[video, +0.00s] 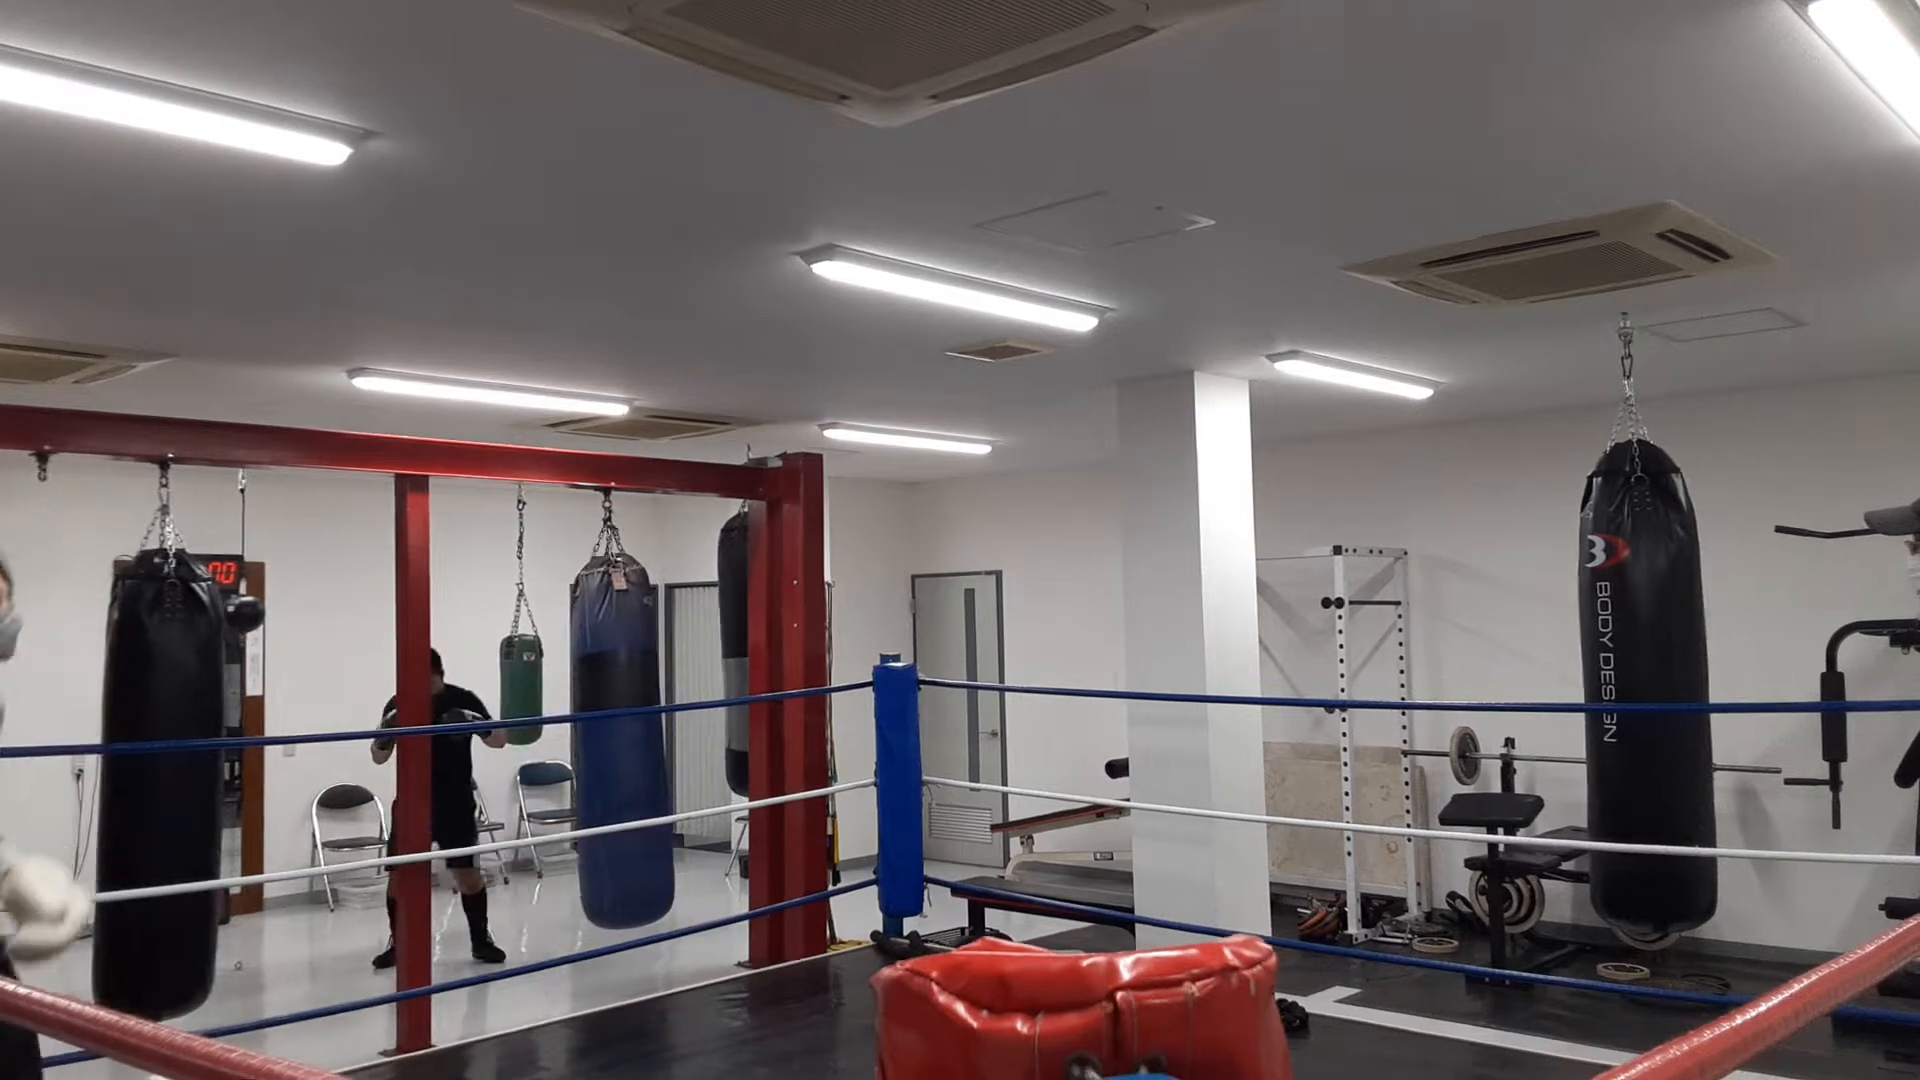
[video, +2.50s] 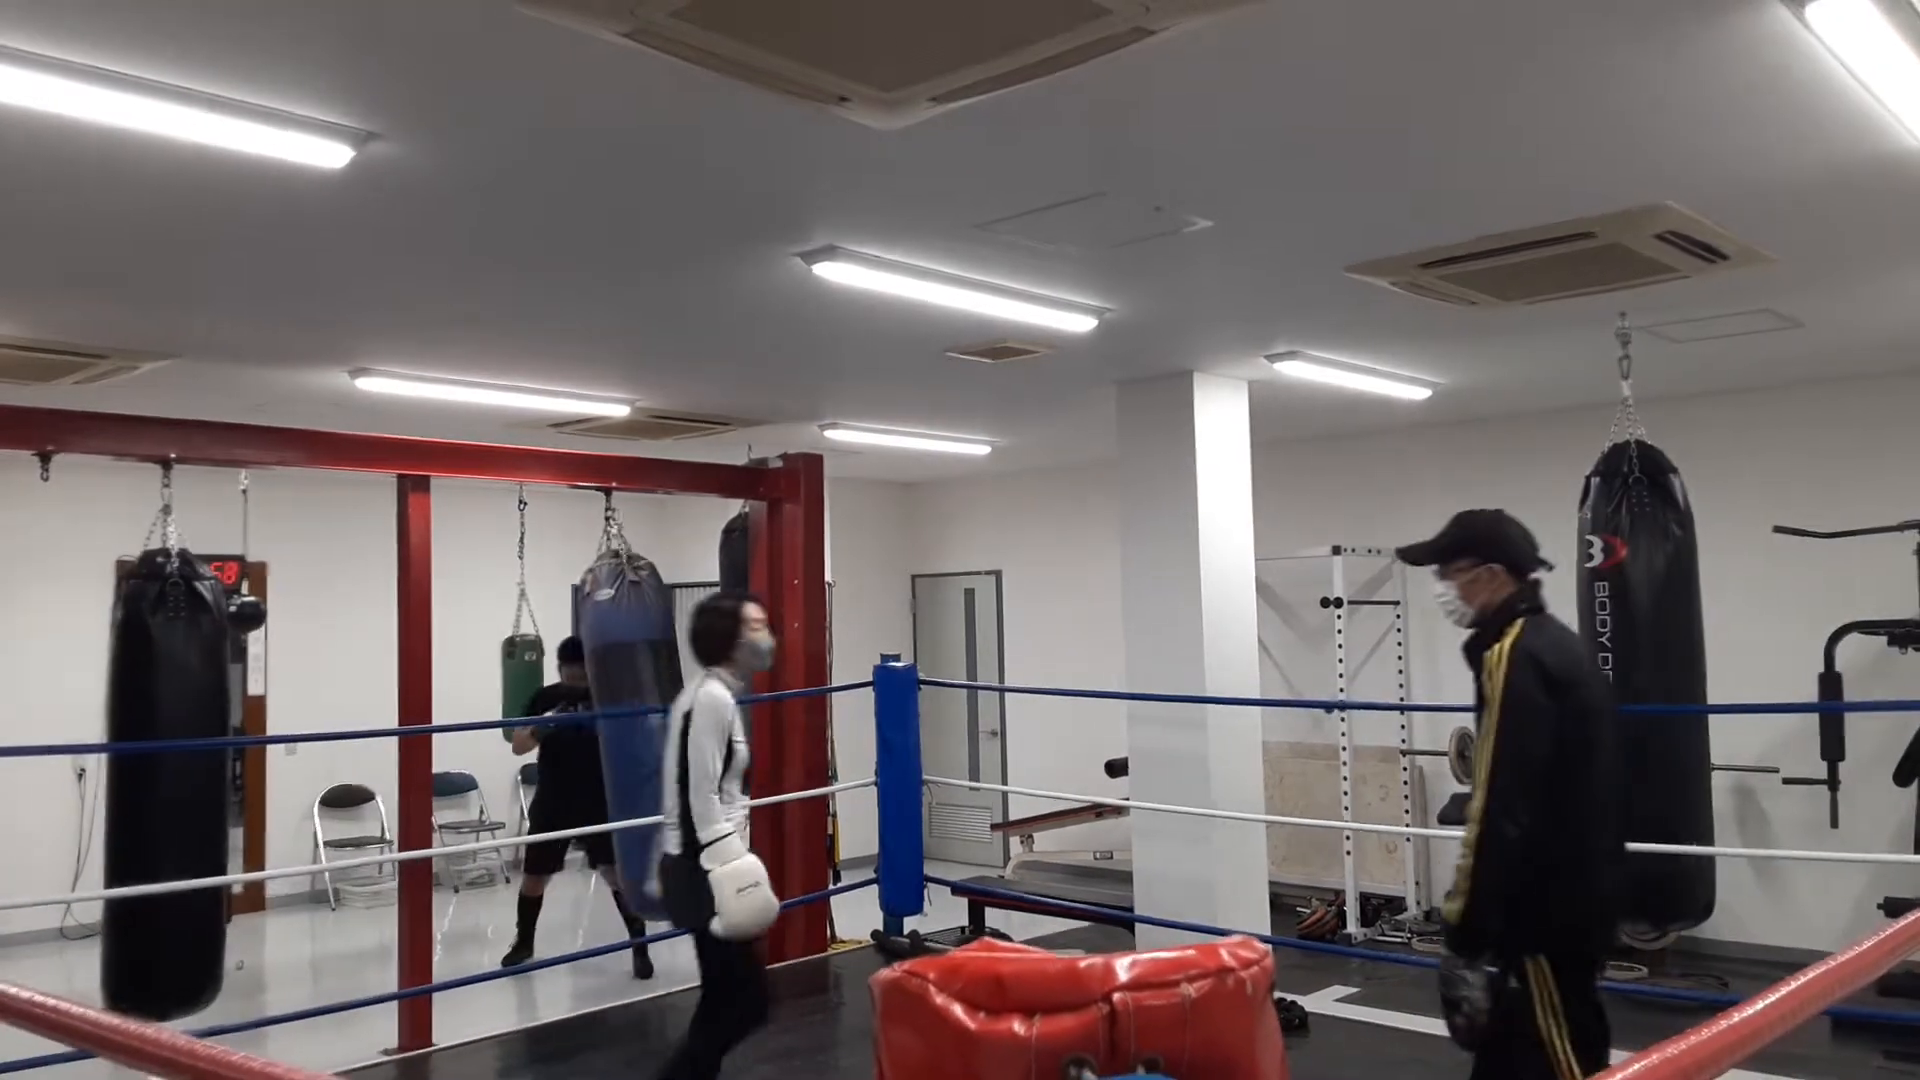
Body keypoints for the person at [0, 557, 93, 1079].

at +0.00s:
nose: (8, 617)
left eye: (6, 602)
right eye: (4, 602)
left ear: (10, 606)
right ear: (4, 605)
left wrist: (13, 876)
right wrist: (12, 878)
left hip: (7, 976)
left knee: (19, 1056)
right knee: (19, 1056)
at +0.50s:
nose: (74, 621)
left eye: (69, 607)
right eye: (64, 609)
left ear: (31, 623)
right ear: (36, 622)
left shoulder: (20, 705)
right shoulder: (8, 710)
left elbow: (15, 835)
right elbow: (9, 841)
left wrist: (35, 910)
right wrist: (15, 925)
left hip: (18, 911)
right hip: (7, 922)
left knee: (18, 1061)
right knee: (16, 1064)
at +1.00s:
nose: (197, 665)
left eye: (191, 650)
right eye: (186, 651)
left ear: (127, 669)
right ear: (164, 668)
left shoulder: (100, 739)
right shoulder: (137, 743)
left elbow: (43, 850)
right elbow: (104, 871)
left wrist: (7, 919)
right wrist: (150, 980)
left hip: (53, 962)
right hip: (94, 969)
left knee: (62, 1069)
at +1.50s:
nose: (383, 655)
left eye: (379, 644)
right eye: (375, 645)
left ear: (315, 652)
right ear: (352, 657)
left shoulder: (271, 724)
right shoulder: (330, 722)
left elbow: (265, 829)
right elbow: (326, 831)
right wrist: (373, 913)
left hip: (275, 920)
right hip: (327, 918)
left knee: (271, 1067)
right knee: (402, 1058)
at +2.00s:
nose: (585, 641)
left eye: (583, 630)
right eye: (577, 631)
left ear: (516, 640)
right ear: (555, 642)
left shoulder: (477, 706)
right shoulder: (564, 706)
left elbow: (458, 802)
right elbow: (573, 809)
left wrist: (439, 880)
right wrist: (612, 889)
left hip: (493, 888)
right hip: (544, 889)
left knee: (573, 988)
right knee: (538, 1015)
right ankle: (518, 1074)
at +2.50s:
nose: (768, 637)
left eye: (766, 627)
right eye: (756, 627)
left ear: (731, 637)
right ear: (727, 636)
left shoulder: (710, 694)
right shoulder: (712, 698)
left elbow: (703, 792)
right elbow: (704, 796)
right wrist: (738, 874)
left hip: (702, 862)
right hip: (701, 864)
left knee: (728, 996)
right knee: (742, 1000)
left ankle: (688, 1071)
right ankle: (683, 1072)